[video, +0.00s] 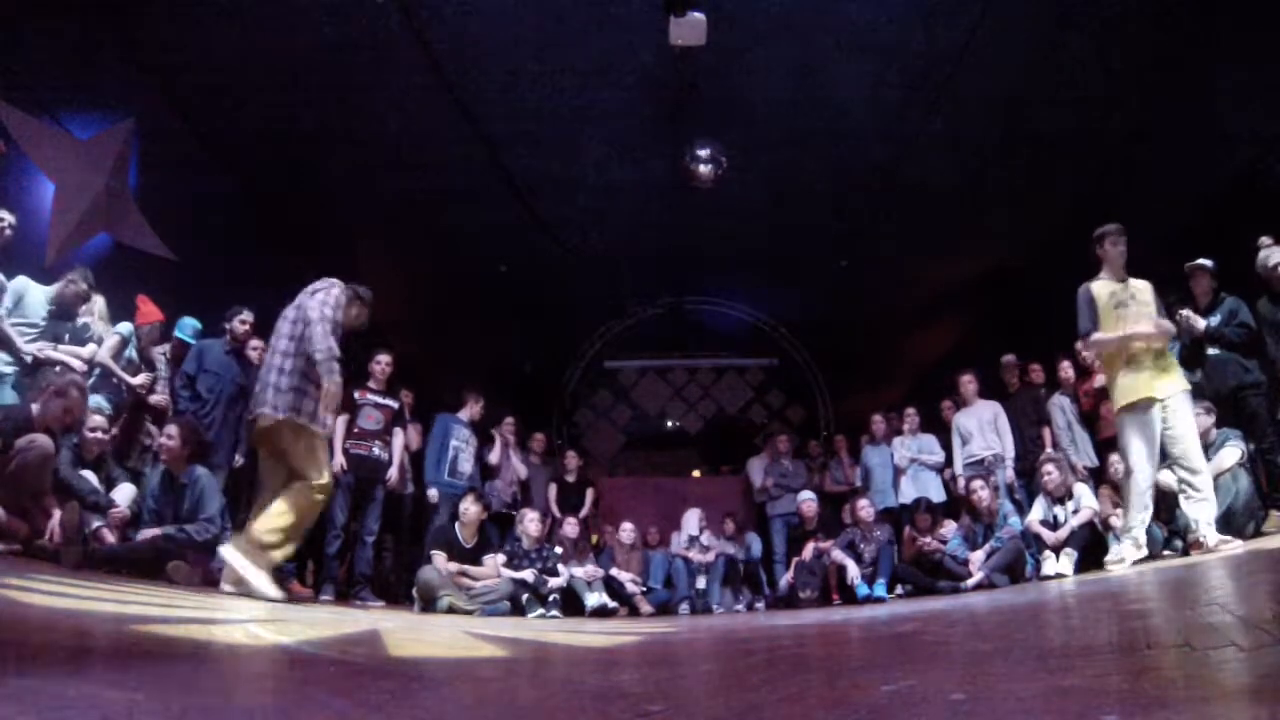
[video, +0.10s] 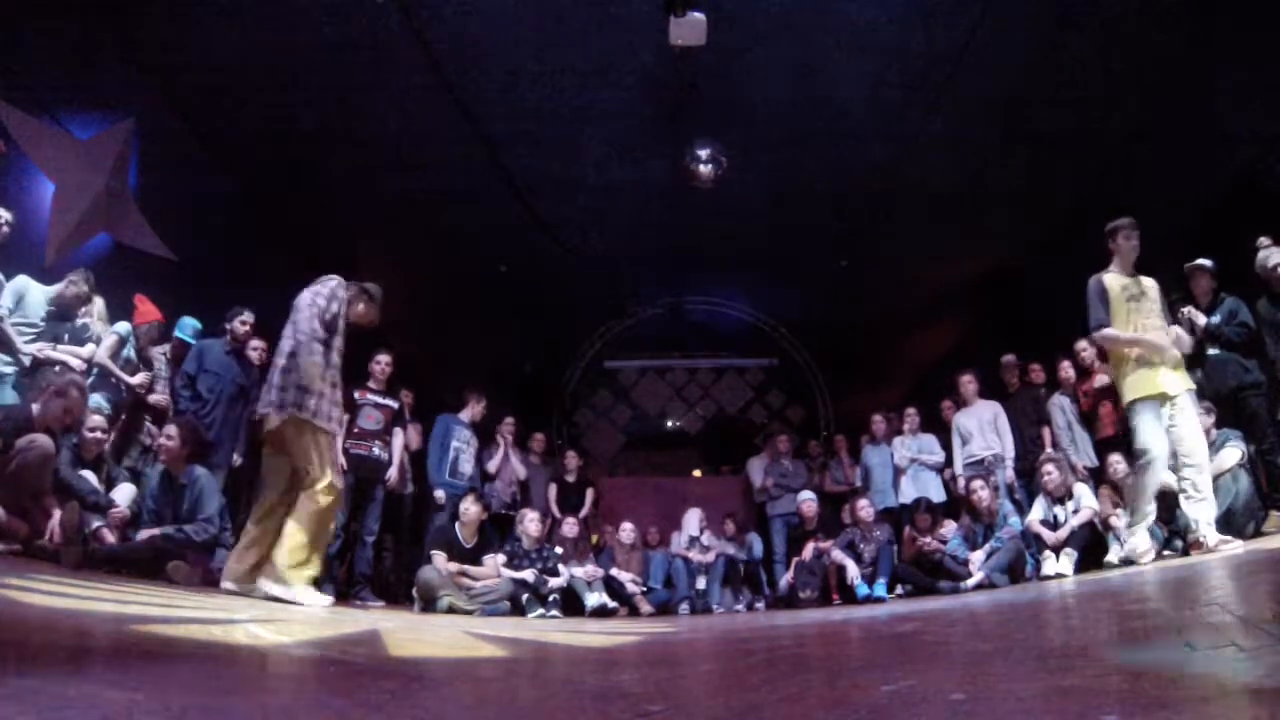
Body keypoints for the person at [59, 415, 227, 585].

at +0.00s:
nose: (161, 442)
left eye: (169, 438)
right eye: (162, 436)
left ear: (186, 448)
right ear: (159, 440)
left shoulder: (202, 478)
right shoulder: (158, 476)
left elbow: (209, 530)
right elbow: (149, 521)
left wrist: (163, 532)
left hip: (199, 553)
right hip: (165, 546)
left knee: (161, 542)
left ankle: (92, 554)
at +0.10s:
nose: (160, 443)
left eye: (169, 438)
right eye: (160, 437)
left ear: (185, 448)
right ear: (157, 441)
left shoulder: (202, 479)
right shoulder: (157, 475)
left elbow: (208, 530)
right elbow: (149, 522)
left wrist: (161, 532)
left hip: (204, 550)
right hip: (168, 545)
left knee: (157, 542)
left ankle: (93, 553)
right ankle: (183, 574)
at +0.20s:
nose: (159, 444)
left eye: (168, 439)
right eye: (159, 437)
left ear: (185, 447)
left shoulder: (202, 479)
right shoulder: (156, 475)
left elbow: (208, 530)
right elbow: (148, 522)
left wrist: (161, 532)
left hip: (203, 549)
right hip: (168, 544)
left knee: (158, 542)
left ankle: (92, 553)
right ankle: (183, 574)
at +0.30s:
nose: (159, 444)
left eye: (167, 440)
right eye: (159, 438)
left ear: (185, 447)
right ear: (155, 440)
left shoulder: (203, 479)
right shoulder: (160, 477)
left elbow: (208, 530)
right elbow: (149, 520)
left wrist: (160, 532)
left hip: (206, 551)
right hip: (171, 544)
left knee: (159, 543)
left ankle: (90, 555)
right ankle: (184, 574)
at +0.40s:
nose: (158, 447)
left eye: (167, 442)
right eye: (157, 441)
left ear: (185, 448)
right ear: (154, 443)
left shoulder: (203, 479)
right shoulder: (162, 478)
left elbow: (208, 530)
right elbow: (149, 520)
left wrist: (160, 532)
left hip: (208, 552)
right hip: (173, 545)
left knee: (159, 543)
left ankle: (90, 555)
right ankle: (183, 574)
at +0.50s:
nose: (160, 450)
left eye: (167, 445)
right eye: (158, 444)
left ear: (185, 449)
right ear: (155, 445)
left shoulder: (204, 479)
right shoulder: (164, 478)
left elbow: (209, 530)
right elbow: (149, 518)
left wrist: (160, 532)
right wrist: (144, 536)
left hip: (209, 552)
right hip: (174, 546)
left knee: (159, 544)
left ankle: (90, 555)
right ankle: (184, 574)